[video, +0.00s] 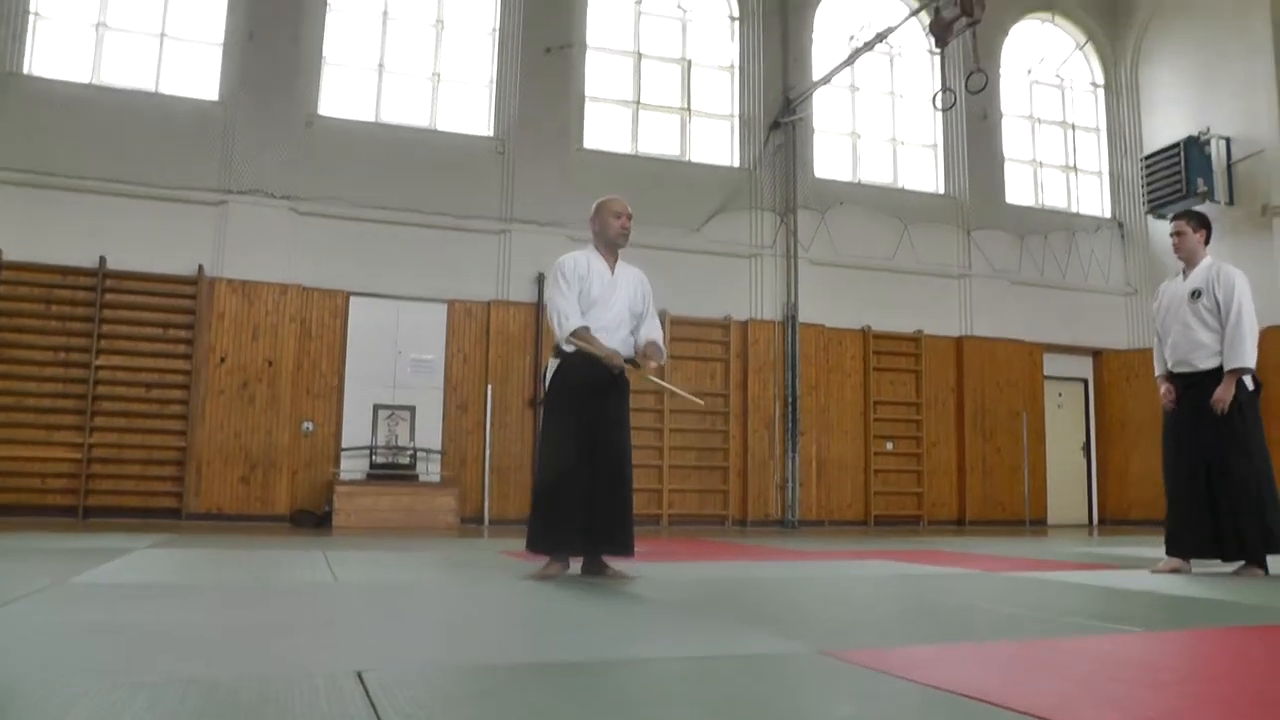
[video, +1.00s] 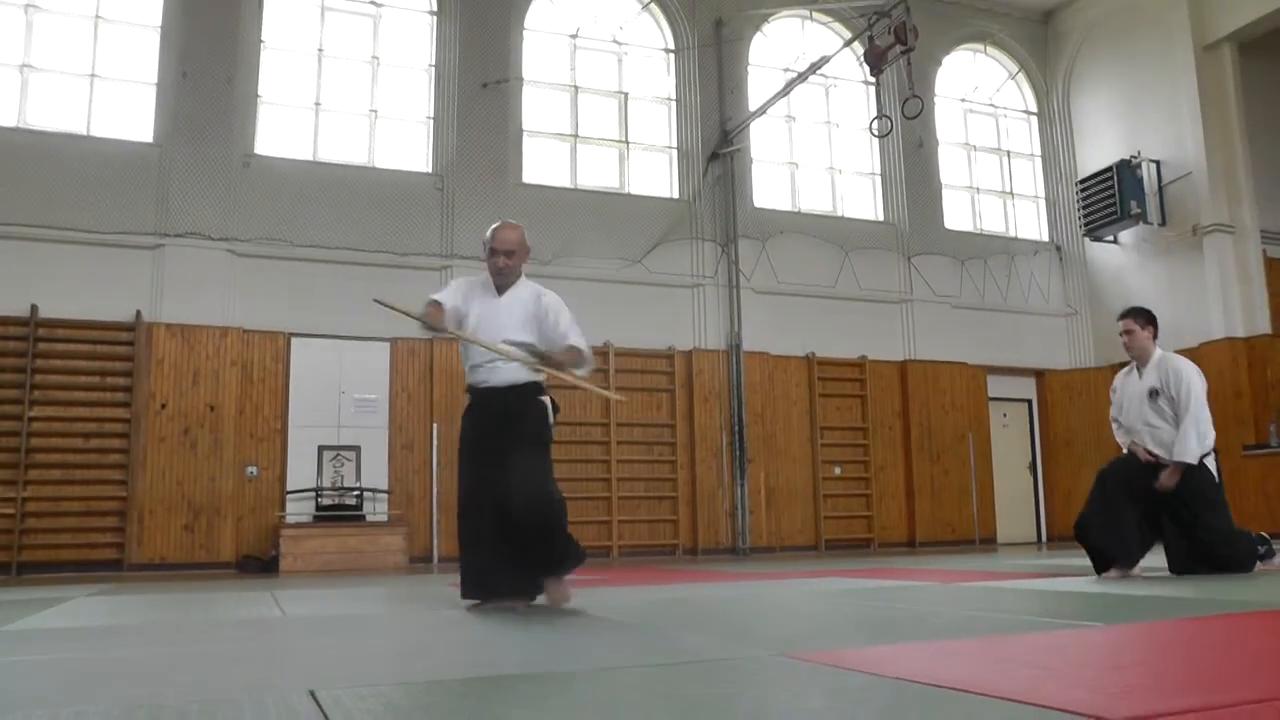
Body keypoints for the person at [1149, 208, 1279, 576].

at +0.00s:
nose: (1173, 241)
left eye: (1179, 234)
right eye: (1171, 236)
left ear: (1201, 235)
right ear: (1174, 241)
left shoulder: (1226, 276)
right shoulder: (1166, 290)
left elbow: (1242, 329)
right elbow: (1159, 339)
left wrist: (1229, 380)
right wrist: (1162, 378)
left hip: (1225, 384)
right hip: (1181, 387)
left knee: (1240, 470)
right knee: (1180, 469)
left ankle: (1254, 560)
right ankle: (1178, 554)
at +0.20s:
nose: (1133, 268)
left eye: (1140, 261)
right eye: (1132, 262)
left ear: (1162, 263)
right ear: (1134, 269)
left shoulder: (1187, 304)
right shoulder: (1128, 314)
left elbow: (1203, 356)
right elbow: (1123, 364)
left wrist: (1194, 407)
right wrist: (1127, 403)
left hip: (1189, 408)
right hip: (1148, 412)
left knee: (1209, 491)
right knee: (1150, 494)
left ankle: (1230, 579)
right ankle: (1154, 577)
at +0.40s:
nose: (1083, 261)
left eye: (1089, 254)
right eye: (1082, 256)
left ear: (1110, 255)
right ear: (1087, 261)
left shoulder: (1138, 290)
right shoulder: (1083, 306)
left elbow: (1173, 337)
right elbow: (1080, 350)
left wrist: (1144, 366)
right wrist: (1088, 370)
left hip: (1153, 389)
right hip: (1114, 393)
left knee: (1172, 463)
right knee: (1113, 469)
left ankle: (1200, 539)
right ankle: (1126, 554)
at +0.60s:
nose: (1066, 289)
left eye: (1071, 283)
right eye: (1064, 285)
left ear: (1093, 284)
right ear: (1067, 291)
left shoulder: (1118, 317)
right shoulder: (1070, 335)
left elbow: (1137, 365)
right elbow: (1070, 383)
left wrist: (1117, 412)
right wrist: (1082, 411)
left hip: (1141, 412)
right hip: (1103, 420)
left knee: (1175, 481)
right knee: (1101, 488)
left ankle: (1225, 539)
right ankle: (1111, 564)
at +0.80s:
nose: (1095, 323)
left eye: (1100, 316)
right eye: (1093, 317)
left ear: (1122, 315)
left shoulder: (1150, 349)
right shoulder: (1099, 365)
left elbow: (1171, 399)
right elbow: (1098, 411)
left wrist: (1153, 447)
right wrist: (1111, 437)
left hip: (1171, 444)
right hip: (1127, 449)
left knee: (1202, 510)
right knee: (1109, 504)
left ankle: (1261, 548)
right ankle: (1126, 569)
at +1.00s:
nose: (1123, 340)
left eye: (1129, 333)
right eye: (1121, 335)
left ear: (1149, 332)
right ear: (1120, 339)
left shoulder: (1180, 370)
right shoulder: (1121, 380)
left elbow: (1195, 422)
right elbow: (1117, 423)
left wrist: (1176, 467)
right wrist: (1133, 446)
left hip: (1191, 465)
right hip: (1147, 465)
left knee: (1213, 550)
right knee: (1113, 476)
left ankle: (1259, 546)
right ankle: (1122, 560)